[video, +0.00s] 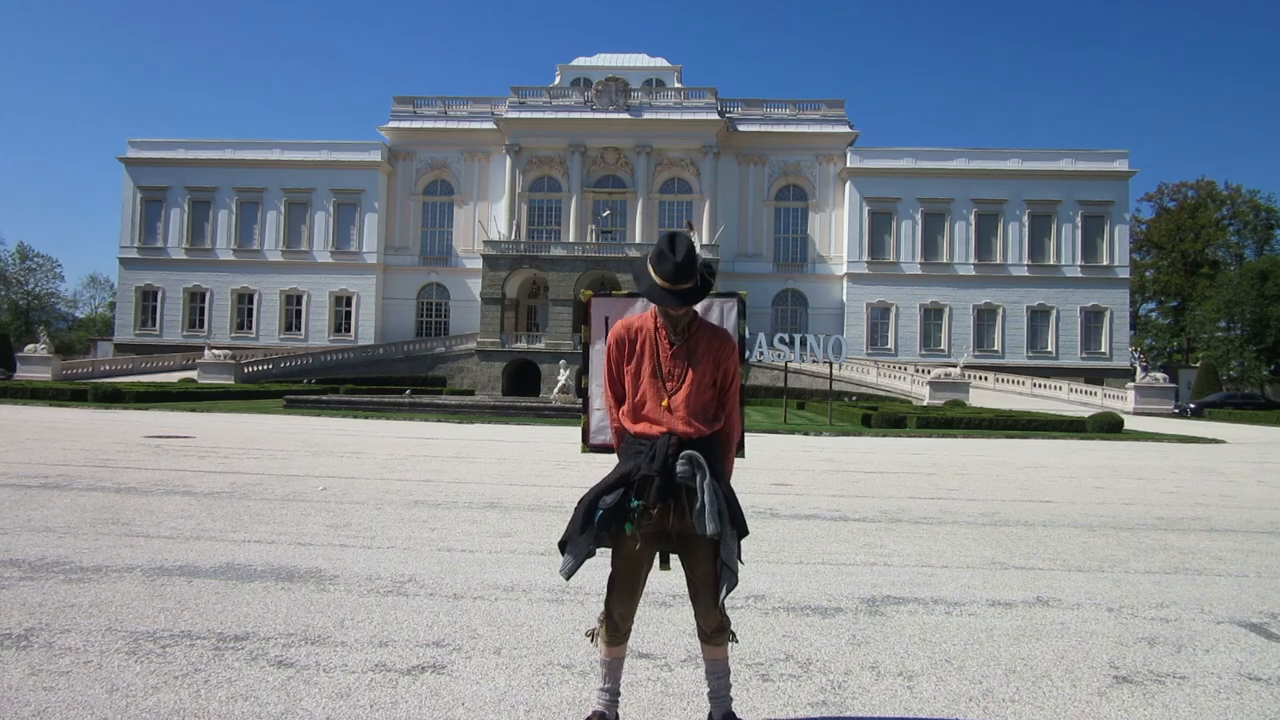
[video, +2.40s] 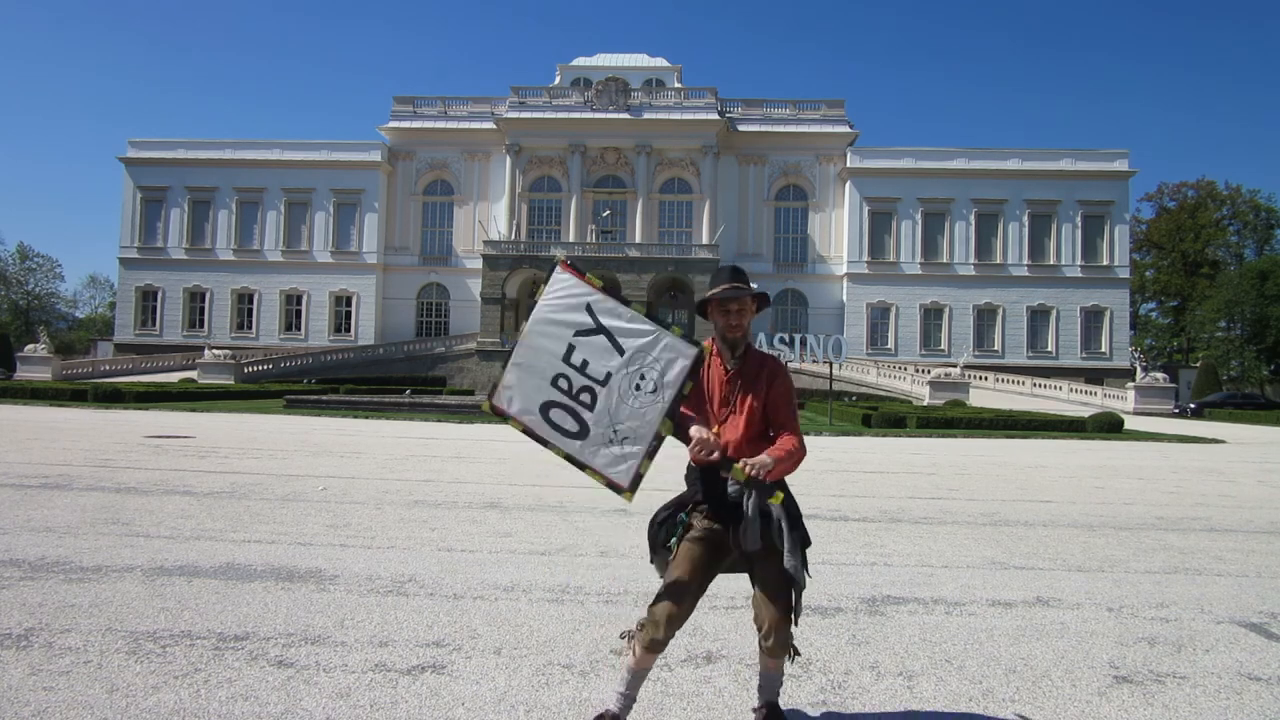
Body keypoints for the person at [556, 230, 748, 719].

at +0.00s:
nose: (677, 308)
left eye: (685, 300)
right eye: (668, 300)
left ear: (698, 293)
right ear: (653, 291)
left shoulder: (721, 344)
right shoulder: (624, 336)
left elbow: (729, 426)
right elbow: (617, 416)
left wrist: (718, 490)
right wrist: (643, 465)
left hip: (699, 490)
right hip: (639, 488)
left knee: (709, 606)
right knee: (620, 604)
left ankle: (721, 705)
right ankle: (607, 701)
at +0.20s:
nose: (676, 314)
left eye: (684, 305)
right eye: (667, 305)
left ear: (697, 298)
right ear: (652, 296)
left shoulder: (718, 342)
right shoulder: (622, 336)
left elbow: (756, 405)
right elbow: (612, 411)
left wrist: (780, 470)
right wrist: (633, 467)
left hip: (698, 481)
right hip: (638, 480)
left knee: (709, 603)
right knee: (620, 599)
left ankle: (720, 706)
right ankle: (606, 701)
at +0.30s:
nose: (678, 314)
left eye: (686, 304)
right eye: (669, 304)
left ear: (698, 297)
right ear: (653, 295)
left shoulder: (717, 338)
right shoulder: (623, 336)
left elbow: (775, 377)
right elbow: (611, 415)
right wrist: (631, 471)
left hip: (699, 481)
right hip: (639, 481)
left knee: (709, 603)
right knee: (620, 601)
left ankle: (721, 706)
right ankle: (606, 702)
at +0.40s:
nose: (679, 317)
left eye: (688, 308)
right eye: (670, 308)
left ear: (701, 299)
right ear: (654, 297)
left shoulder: (717, 335)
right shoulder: (625, 335)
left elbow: (779, 346)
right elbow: (612, 410)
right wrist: (629, 469)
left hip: (699, 478)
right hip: (638, 477)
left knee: (710, 600)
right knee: (621, 599)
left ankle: (721, 706)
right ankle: (606, 702)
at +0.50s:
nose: (678, 317)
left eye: (687, 308)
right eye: (669, 307)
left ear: (701, 296)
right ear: (653, 297)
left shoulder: (718, 329)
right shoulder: (627, 334)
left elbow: (776, 308)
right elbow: (610, 408)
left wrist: (752, 257)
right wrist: (628, 468)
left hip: (698, 475)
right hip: (639, 474)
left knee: (711, 598)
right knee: (623, 594)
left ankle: (721, 707)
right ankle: (606, 700)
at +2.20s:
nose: (687, 298)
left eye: (695, 288)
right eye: (677, 289)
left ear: (707, 290)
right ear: (660, 292)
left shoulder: (718, 336)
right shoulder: (634, 341)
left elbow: (788, 367)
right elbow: (587, 408)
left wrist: (777, 333)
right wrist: (556, 472)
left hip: (711, 476)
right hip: (651, 477)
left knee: (757, 590)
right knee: (632, 603)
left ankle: (767, 693)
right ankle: (608, 702)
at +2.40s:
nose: (733, 316)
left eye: (741, 307)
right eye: (723, 308)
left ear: (754, 310)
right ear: (709, 315)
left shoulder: (771, 369)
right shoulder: (692, 366)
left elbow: (792, 440)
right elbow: (677, 411)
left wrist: (772, 459)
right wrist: (700, 436)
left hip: (763, 501)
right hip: (709, 498)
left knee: (776, 612)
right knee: (673, 597)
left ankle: (768, 705)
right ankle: (620, 703)